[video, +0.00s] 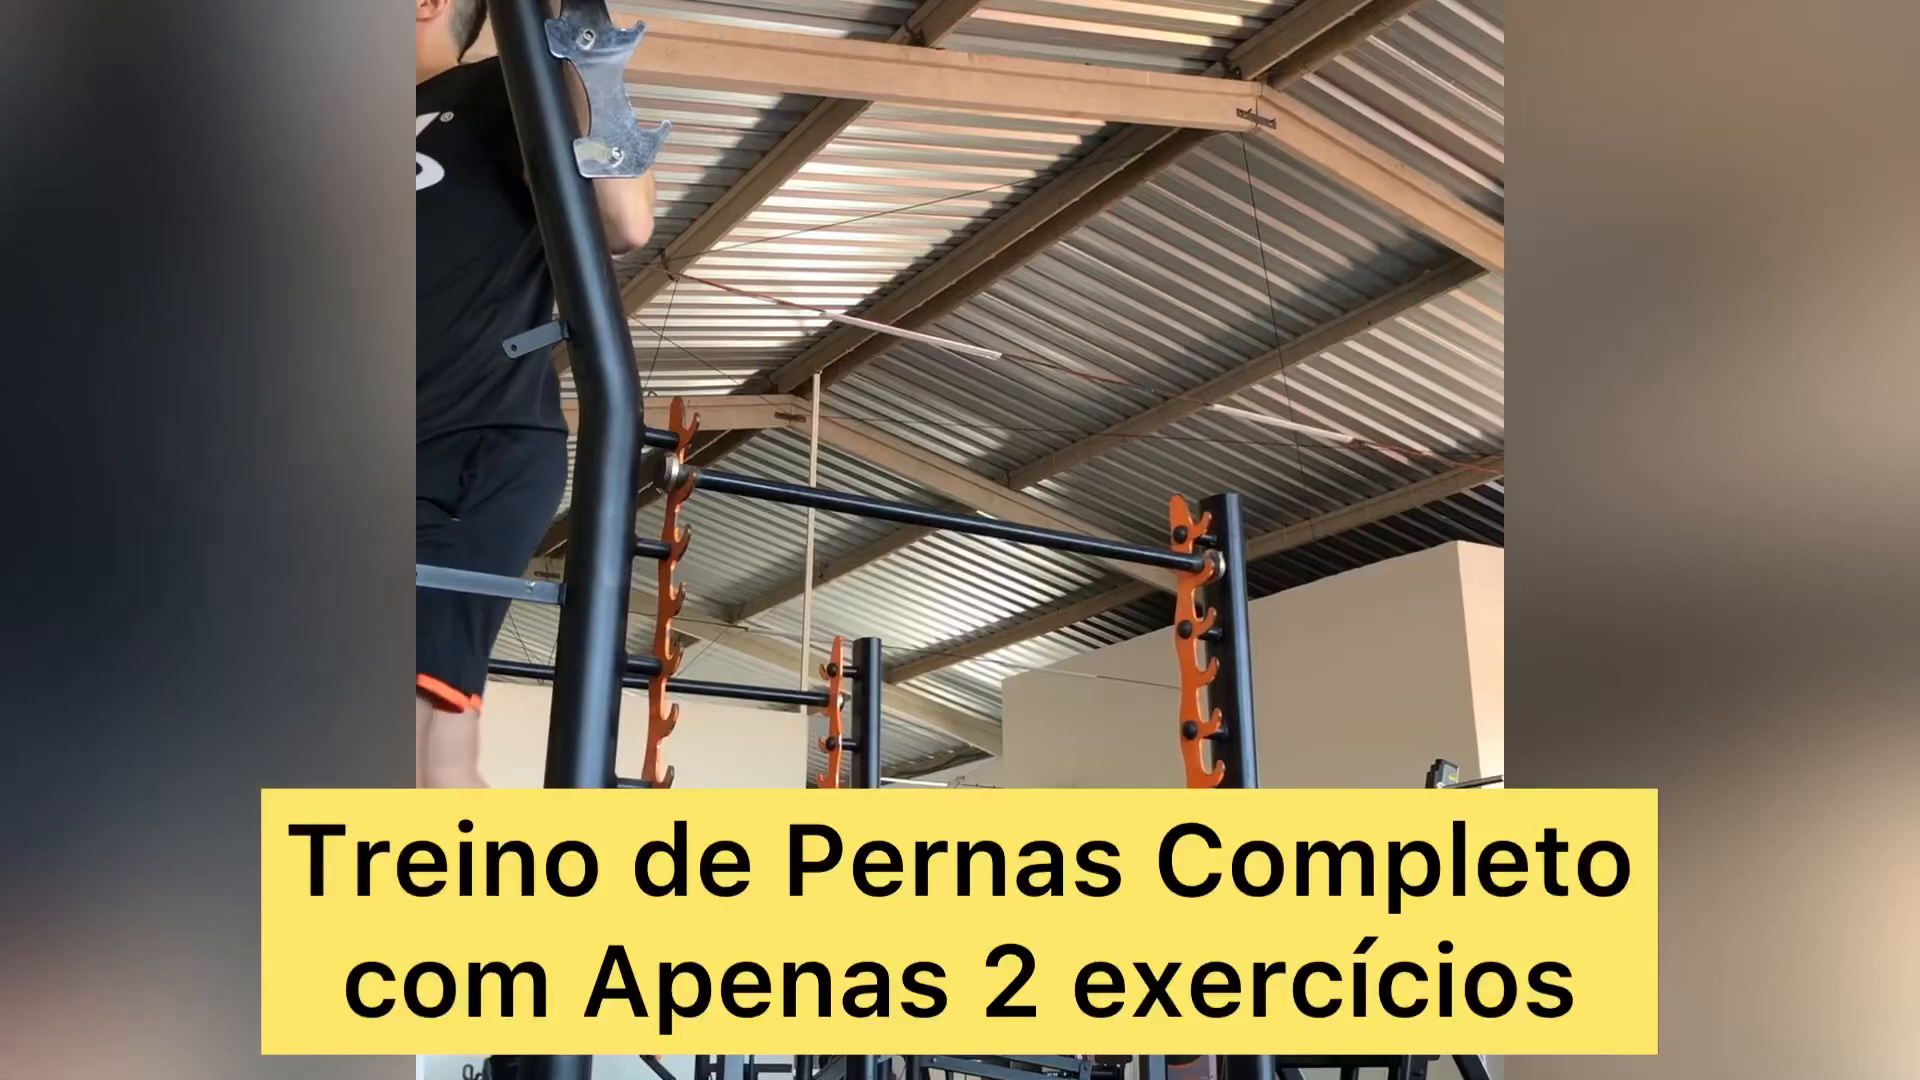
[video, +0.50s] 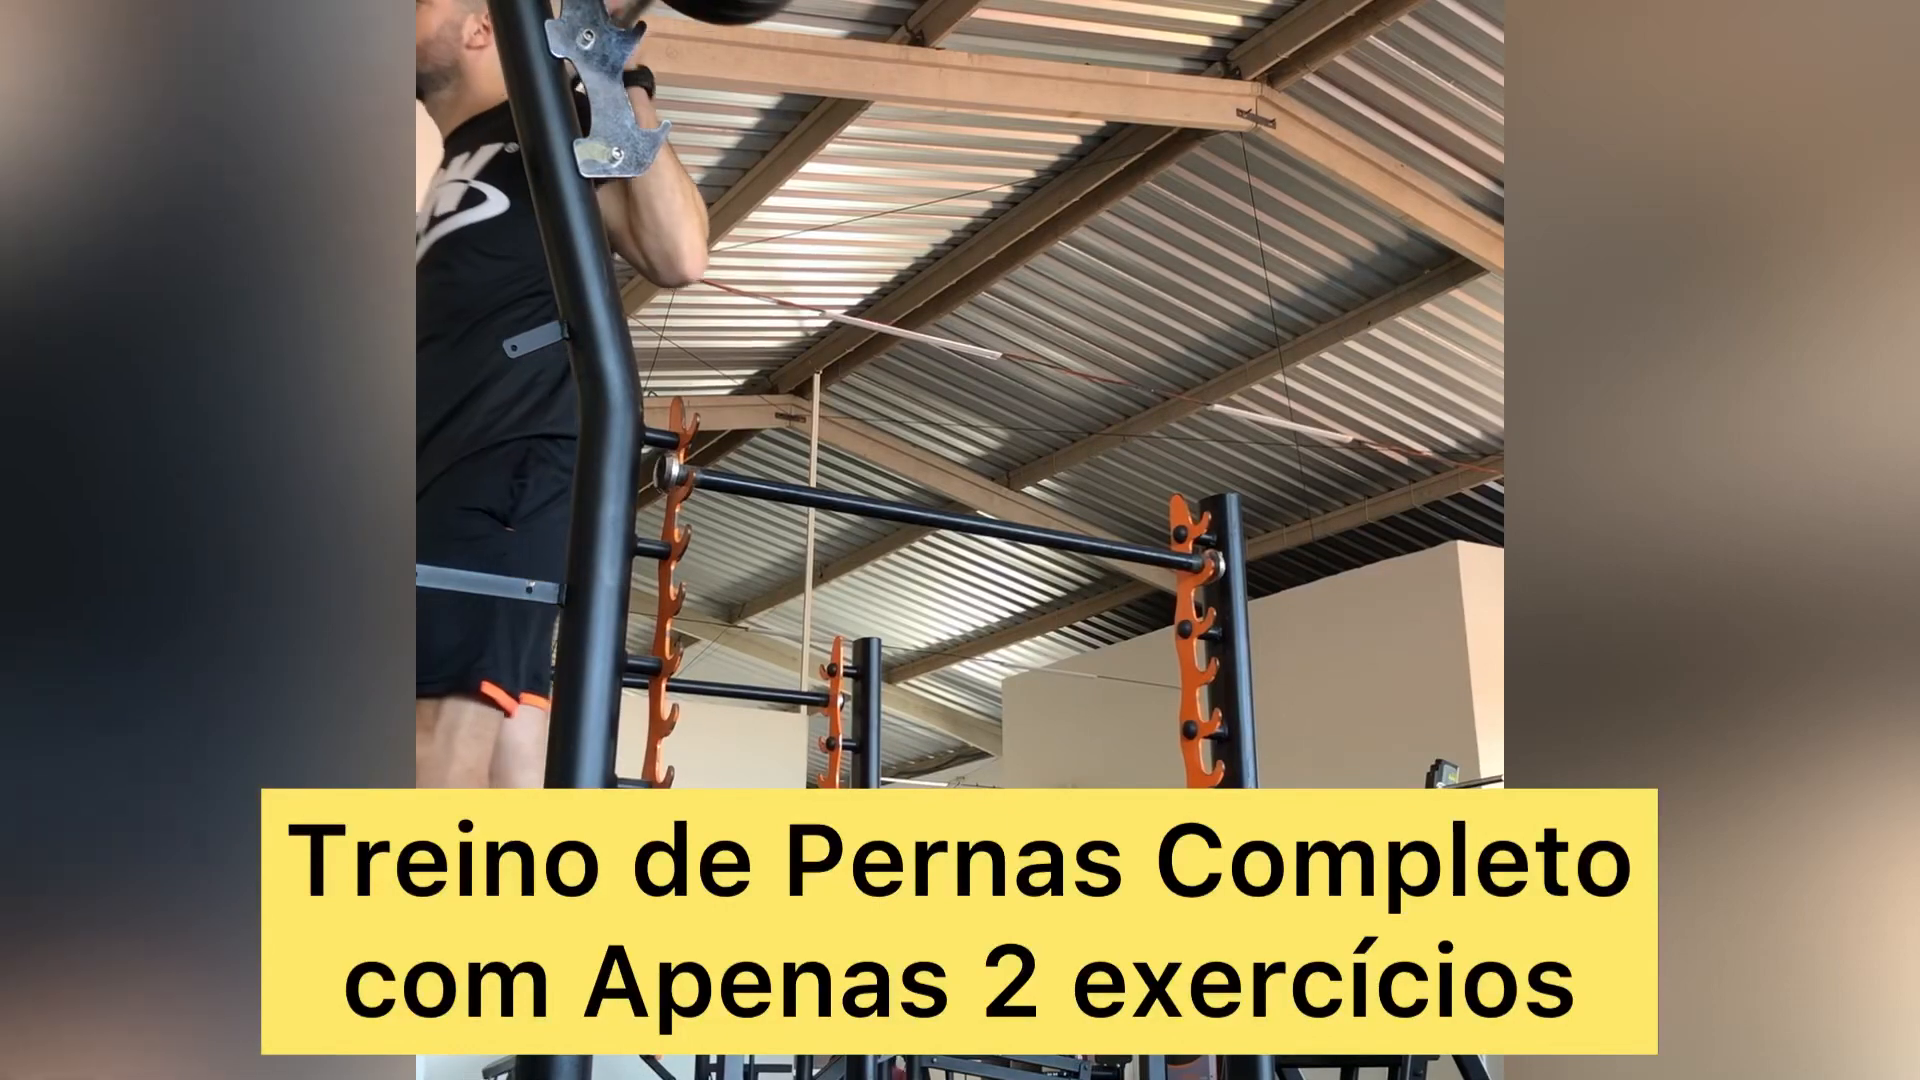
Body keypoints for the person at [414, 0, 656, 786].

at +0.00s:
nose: (396, 22)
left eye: (404, 11)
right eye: (395, 13)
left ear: (438, 7)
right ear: (434, 9)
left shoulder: (511, 85)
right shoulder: (370, 112)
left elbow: (628, 224)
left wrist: (595, 64)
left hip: (491, 435)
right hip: (403, 431)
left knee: (430, 696)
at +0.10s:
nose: (392, 22)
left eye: (400, 9)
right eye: (395, 11)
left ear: (440, 6)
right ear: (440, 10)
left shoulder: (515, 87)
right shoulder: (399, 118)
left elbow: (637, 221)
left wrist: (596, 65)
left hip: (495, 437)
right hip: (426, 438)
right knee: (468, 749)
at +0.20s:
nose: (396, 19)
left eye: (406, 6)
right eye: (401, 8)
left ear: (451, 9)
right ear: (452, 12)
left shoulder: (518, 95)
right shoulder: (400, 125)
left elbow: (646, 229)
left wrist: (602, 84)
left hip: (498, 439)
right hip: (433, 441)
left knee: (416, 747)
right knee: (477, 756)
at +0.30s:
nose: (406, 15)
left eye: (415, 3)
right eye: (411, 4)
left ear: (458, 13)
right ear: (457, 16)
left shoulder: (530, 99)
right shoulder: (409, 129)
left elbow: (656, 236)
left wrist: (604, 89)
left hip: (507, 430)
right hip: (433, 433)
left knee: (427, 705)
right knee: (482, 725)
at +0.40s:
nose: (405, 16)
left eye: (418, 3)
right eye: (412, 4)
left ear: (468, 16)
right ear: (463, 21)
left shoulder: (546, 105)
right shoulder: (416, 135)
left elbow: (668, 246)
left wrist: (613, 90)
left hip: (510, 426)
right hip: (434, 429)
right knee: (495, 704)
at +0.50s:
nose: (408, 20)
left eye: (425, 5)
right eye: (418, 6)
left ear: (479, 28)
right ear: (472, 33)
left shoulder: (553, 123)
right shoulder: (450, 166)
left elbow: (680, 258)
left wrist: (633, 108)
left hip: (516, 466)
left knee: (442, 793)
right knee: (511, 786)